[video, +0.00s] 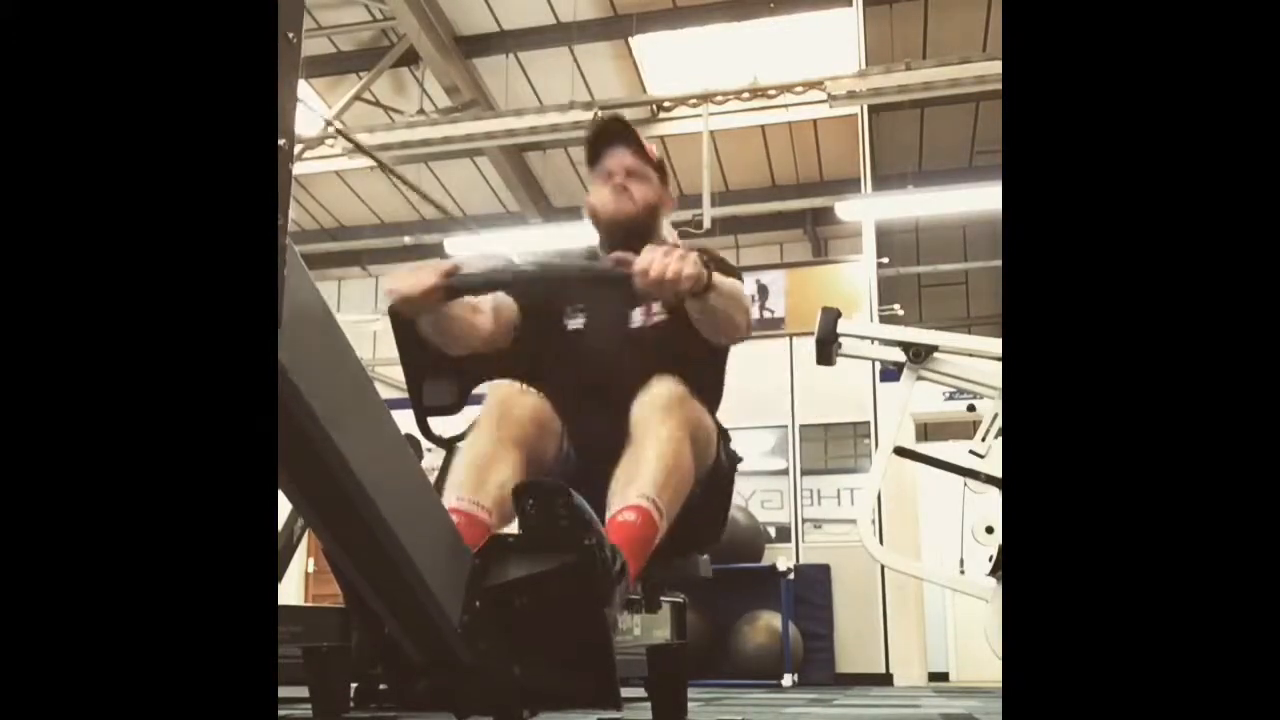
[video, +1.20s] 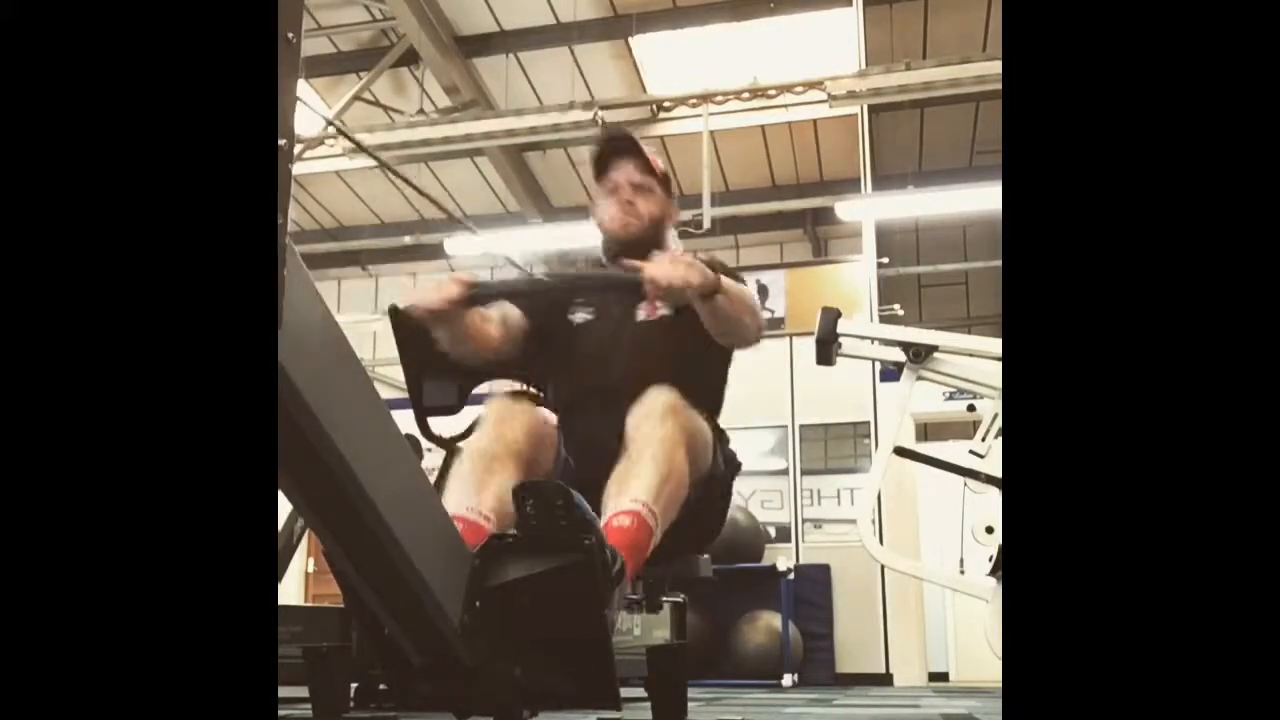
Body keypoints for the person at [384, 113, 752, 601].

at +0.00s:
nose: (619, 182)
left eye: (636, 175)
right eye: (606, 175)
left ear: (665, 196)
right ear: (588, 200)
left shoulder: (699, 267)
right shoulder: (556, 276)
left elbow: (735, 328)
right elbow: (478, 328)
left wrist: (697, 287)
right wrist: (429, 307)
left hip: (676, 477)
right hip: (562, 474)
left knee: (664, 395)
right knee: (508, 398)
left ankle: (612, 568)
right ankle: (446, 557)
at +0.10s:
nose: (639, 219)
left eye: (654, 212)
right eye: (627, 213)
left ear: (680, 229)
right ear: (613, 231)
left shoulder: (711, 301)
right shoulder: (580, 311)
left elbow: (760, 350)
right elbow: (505, 356)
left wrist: (722, 307)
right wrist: (478, 323)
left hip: (688, 481)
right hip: (581, 477)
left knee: (666, 434)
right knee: (522, 444)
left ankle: (610, 579)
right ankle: (448, 562)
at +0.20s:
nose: (652, 269)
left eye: (667, 261)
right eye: (641, 259)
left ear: (691, 280)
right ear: (624, 274)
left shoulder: (722, 345)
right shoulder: (593, 348)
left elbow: (784, 401)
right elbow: (512, 408)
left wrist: (744, 354)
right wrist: (509, 365)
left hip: (686, 481)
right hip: (587, 479)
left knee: (666, 469)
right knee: (531, 471)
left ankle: (613, 577)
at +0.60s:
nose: (641, 259)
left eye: (655, 248)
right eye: (628, 249)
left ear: (681, 262)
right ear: (611, 261)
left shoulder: (716, 333)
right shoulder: (570, 337)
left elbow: (803, 385)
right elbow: (475, 410)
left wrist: (753, 328)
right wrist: (476, 347)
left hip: (682, 499)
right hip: (566, 493)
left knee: (654, 397)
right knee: (526, 400)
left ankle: (610, 560)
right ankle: (465, 547)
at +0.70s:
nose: (623, 212)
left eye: (640, 201)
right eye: (610, 202)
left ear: (668, 221)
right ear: (593, 224)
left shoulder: (702, 297)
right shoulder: (555, 312)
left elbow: (775, 348)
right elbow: (469, 377)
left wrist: (730, 301)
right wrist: (450, 344)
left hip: (678, 495)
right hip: (561, 497)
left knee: (654, 363)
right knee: (508, 367)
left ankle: (609, 561)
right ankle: (451, 546)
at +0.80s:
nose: (605, 166)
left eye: (622, 156)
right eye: (590, 160)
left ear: (650, 179)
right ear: (573, 188)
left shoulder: (699, 259)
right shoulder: (530, 277)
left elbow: (749, 318)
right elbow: (453, 337)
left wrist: (704, 280)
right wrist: (409, 329)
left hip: (669, 491)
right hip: (546, 486)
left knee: (650, 341)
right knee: (487, 339)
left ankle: (605, 563)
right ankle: (443, 553)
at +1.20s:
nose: (625, 198)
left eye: (642, 190)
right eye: (611, 189)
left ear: (669, 210)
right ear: (593, 207)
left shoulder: (699, 276)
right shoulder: (565, 283)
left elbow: (747, 333)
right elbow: (492, 339)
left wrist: (707, 289)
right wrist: (449, 319)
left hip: (678, 471)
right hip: (563, 466)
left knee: (662, 405)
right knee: (505, 411)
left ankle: (607, 569)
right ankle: (452, 558)